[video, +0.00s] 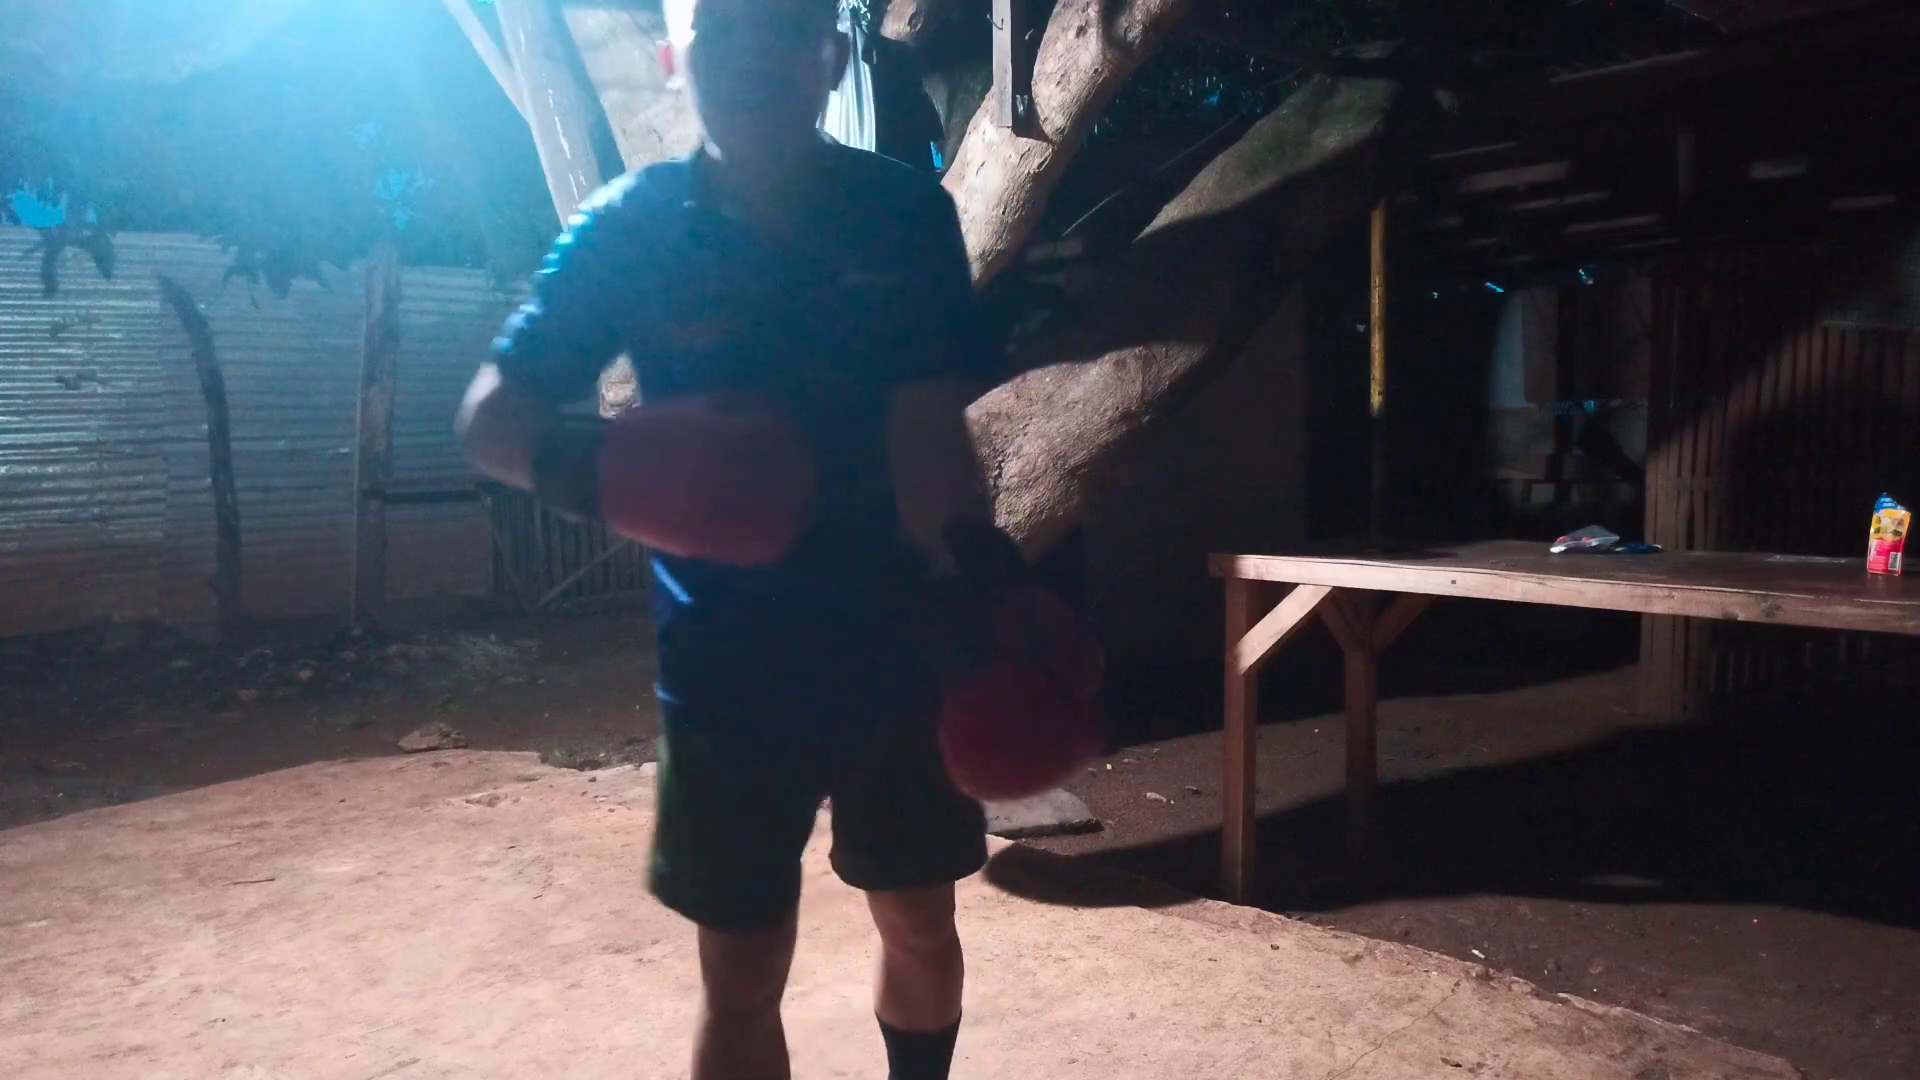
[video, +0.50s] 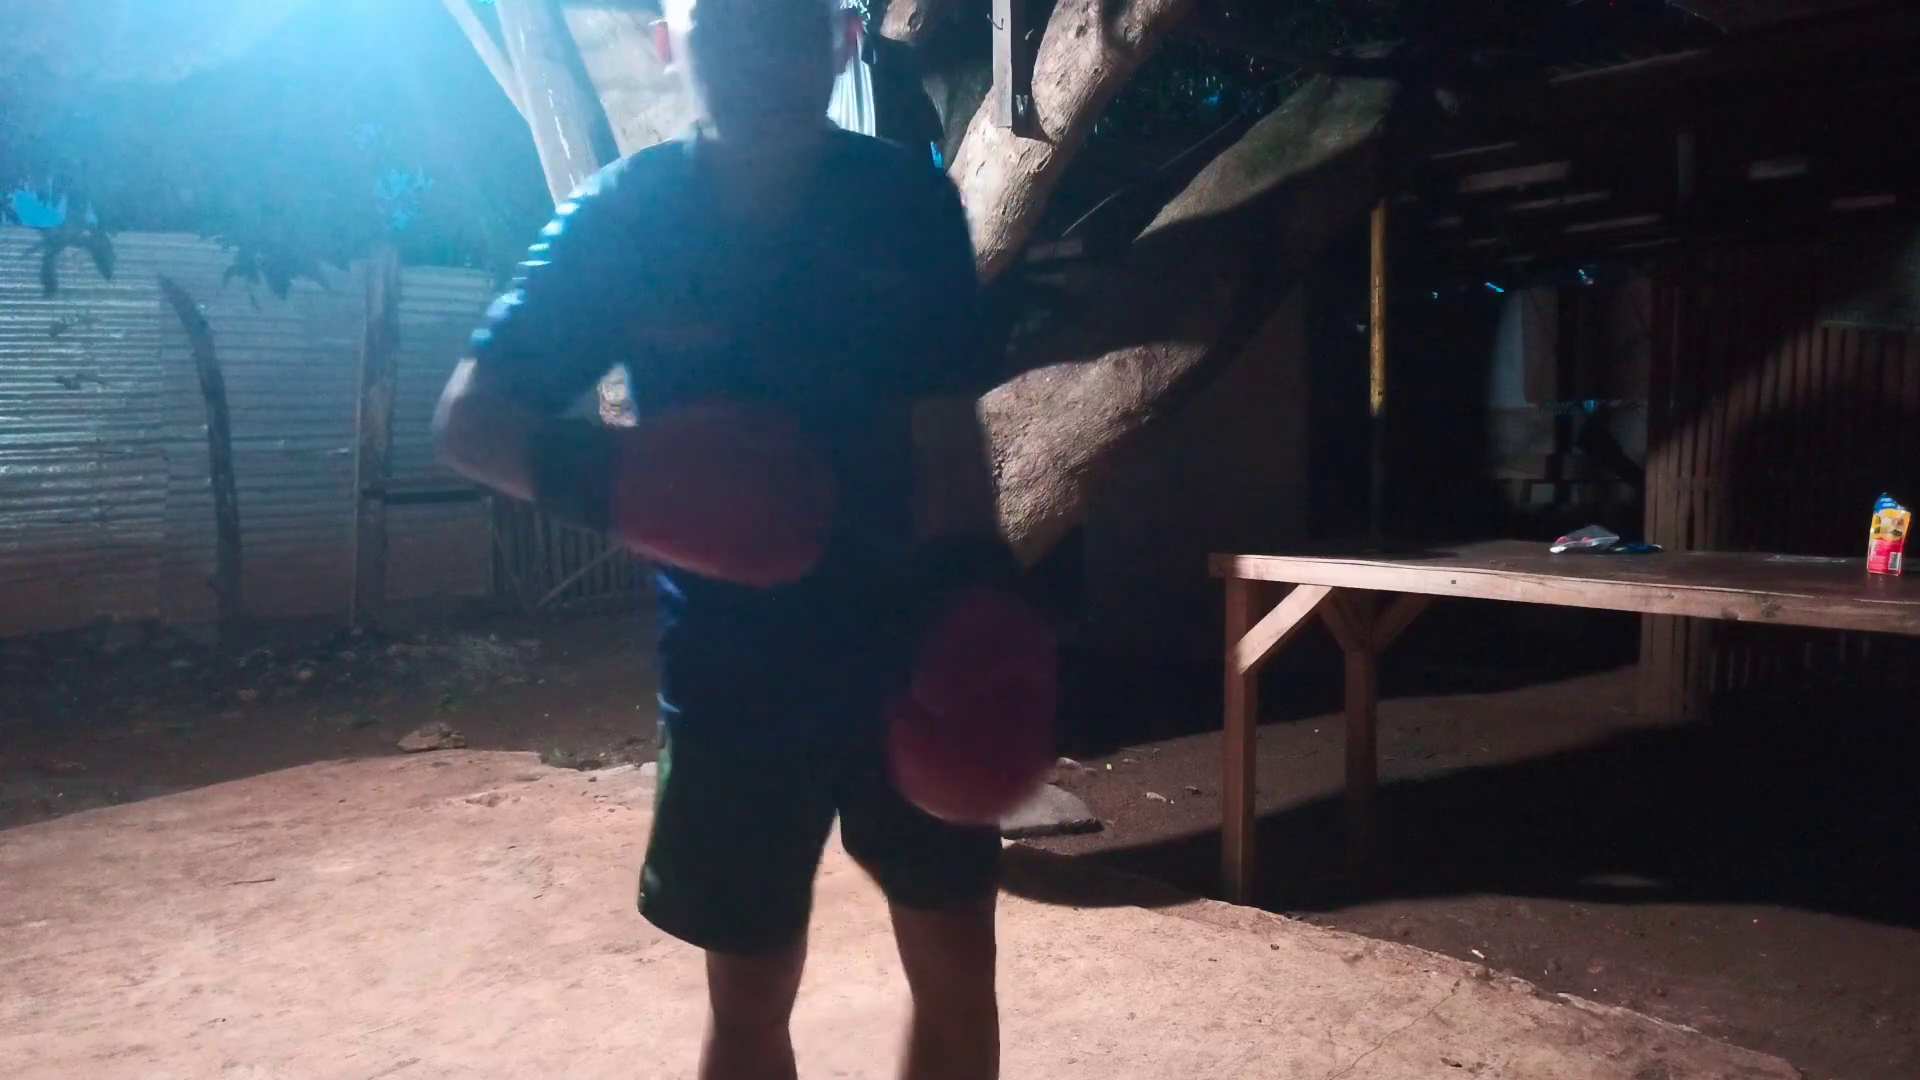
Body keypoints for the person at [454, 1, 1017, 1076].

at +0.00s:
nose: (758, 61)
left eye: (789, 34)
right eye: (727, 35)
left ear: (836, 60)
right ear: (681, 62)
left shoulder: (898, 205)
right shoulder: (630, 225)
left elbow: (928, 428)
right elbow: (493, 415)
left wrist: (996, 587)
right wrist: (621, 470)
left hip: (896, 623)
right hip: (729, 642)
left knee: (921, 926)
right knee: (741, 976)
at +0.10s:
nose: (737, 61)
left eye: (769, 31)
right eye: (706, 33)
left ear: (815, 55)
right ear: (660, 61)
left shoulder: (891, 207)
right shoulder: (613, 221)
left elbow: (915, 444)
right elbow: (459, 416)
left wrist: (984, 588)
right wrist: (593, 474)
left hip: (891, 635)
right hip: (721, 654)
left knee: (929, 943)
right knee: (736, 976)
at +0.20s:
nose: (734, 56)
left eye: (768, 26)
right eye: (701, 28)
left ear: (817, 55)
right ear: (648, 59)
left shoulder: (884, 210)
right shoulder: (599, 224)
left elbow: (914, 459)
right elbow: (438, 416)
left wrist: (958, 605)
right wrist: (576, 471)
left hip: (887, 642)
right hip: (716, 663)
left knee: (945, 944)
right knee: (734, 981)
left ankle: (916, 1069)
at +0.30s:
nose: (729, 52)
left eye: (762, 24)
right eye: (696, 25)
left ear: (815, 53)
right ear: (647, 55)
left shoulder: (882, 203)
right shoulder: (597, 219)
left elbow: (913, 446)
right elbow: (435, 416)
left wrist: (953, 615)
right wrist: (581, 472)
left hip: (893, 643)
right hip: (719, 665)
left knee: (963, 943)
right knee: (737, 985)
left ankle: (925, 1074)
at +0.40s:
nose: (739, 54)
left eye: (771, 26)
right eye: (706, 26)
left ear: (822, 48)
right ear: (656, 50)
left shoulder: (890, 200)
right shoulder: (605, 215)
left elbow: (926, 435)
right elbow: (448, 420)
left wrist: (956, 609)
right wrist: (603, 475)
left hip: (899, 638)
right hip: (724, 662)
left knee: (965, 955)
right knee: (742, 988)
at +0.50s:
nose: (757, 52)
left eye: (789, 24)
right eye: (727, 23)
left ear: (839, 43)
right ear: (678, 45)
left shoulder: (906, 198)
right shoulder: (625, 210)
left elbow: (949, 438)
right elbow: (475, 419)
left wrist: (976, 628)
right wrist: (629, 478)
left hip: (910, 646)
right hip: (736, 664)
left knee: (957, 976)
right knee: (750, 993)